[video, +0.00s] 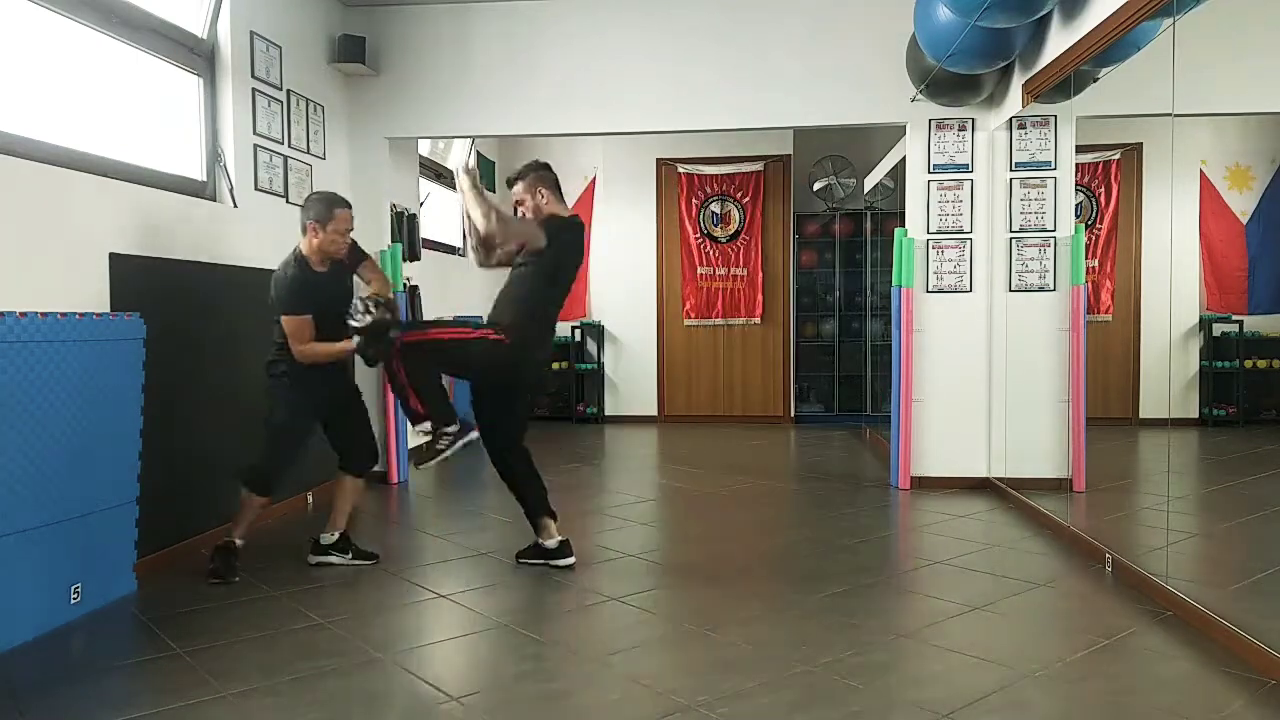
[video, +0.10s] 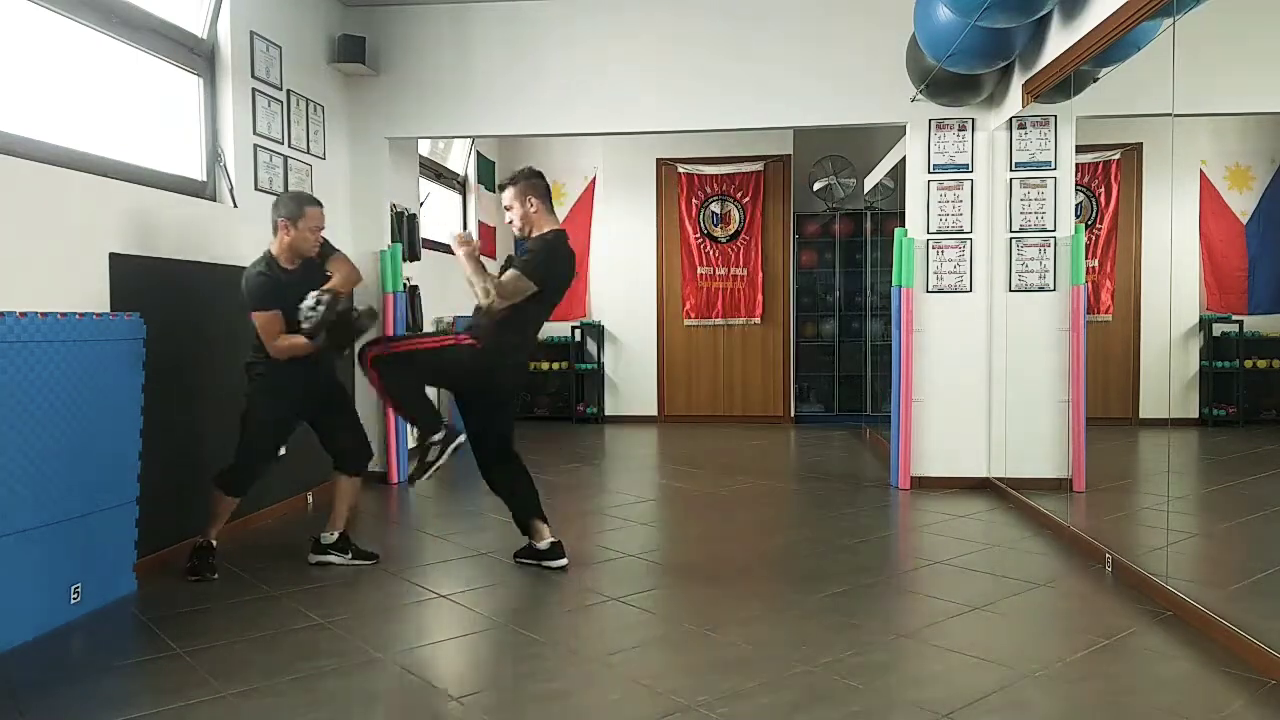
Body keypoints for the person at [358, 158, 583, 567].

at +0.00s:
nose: (520, 214)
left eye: (522, 204)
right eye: (517, 207)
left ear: (543, 194)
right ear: (544, 199)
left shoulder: (565, 227)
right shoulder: (546, 239)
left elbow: (496, 227)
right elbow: (486, 256)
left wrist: (465, 178)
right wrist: (467, 196)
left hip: (506, 346)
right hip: (514, 352)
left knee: (404, 347)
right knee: (504, 447)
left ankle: (446, 427)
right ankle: (551, 540)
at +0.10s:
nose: (507, 220)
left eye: (510, 210)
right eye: (505, 213)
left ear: (534, 204)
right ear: (536, 207)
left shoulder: (550, 249)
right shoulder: (536, 248)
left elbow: (493, 297)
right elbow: (495, 295)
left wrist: (466, 257)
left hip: (484, 356)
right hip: (499, 363)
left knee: (377, 354)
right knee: (496, 456)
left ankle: (433, 432)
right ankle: (544, 542)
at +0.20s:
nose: (486, 225)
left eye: (487, 215)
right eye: (484, 217)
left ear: (509, 208)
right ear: (518, 211)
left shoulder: (520, 252)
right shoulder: (544, 255)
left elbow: (455, 291)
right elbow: (493, 297)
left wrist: (441, 251)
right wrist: (463, 264)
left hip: (469, 368)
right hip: (497, 373)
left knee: (368, 408)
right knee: (491, 459)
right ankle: (540, 541)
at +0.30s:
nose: (449, 223)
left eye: (453, 214)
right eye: (448, 215)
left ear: (474, 212)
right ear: (486, 214)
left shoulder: (473, 254)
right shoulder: (524, 260)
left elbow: (397, 272)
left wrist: (398, 227)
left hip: (447, 380)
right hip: (489, 381)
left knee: (366, 449)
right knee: (486, 464)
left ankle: (349, 554)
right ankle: (538, 543)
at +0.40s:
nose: (400, 220)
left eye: (403, 211)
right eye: (399, 212)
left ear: (421, 211)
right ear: (443, 211)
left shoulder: (429, 259)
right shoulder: (476, 250)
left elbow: (347, 273)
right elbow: (439, 277)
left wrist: (355, 216)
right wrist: (410, 249)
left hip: (429, 384)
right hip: (468, 383)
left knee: (357, 462)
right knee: (476, 469)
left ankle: (334, 568)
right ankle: (538, 545)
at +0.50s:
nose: (348, 217)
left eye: (351, 209)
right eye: (348, 209)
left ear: (367, 213)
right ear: (390, 208)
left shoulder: (400, 263)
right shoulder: (408, 253)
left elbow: (338, 302)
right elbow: (358, 292)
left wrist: (338, 240)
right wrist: (339, 242)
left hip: (412, 384)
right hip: (446, 378)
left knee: (346, 467)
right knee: (467, 467)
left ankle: (313, 569)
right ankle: (534, 545)